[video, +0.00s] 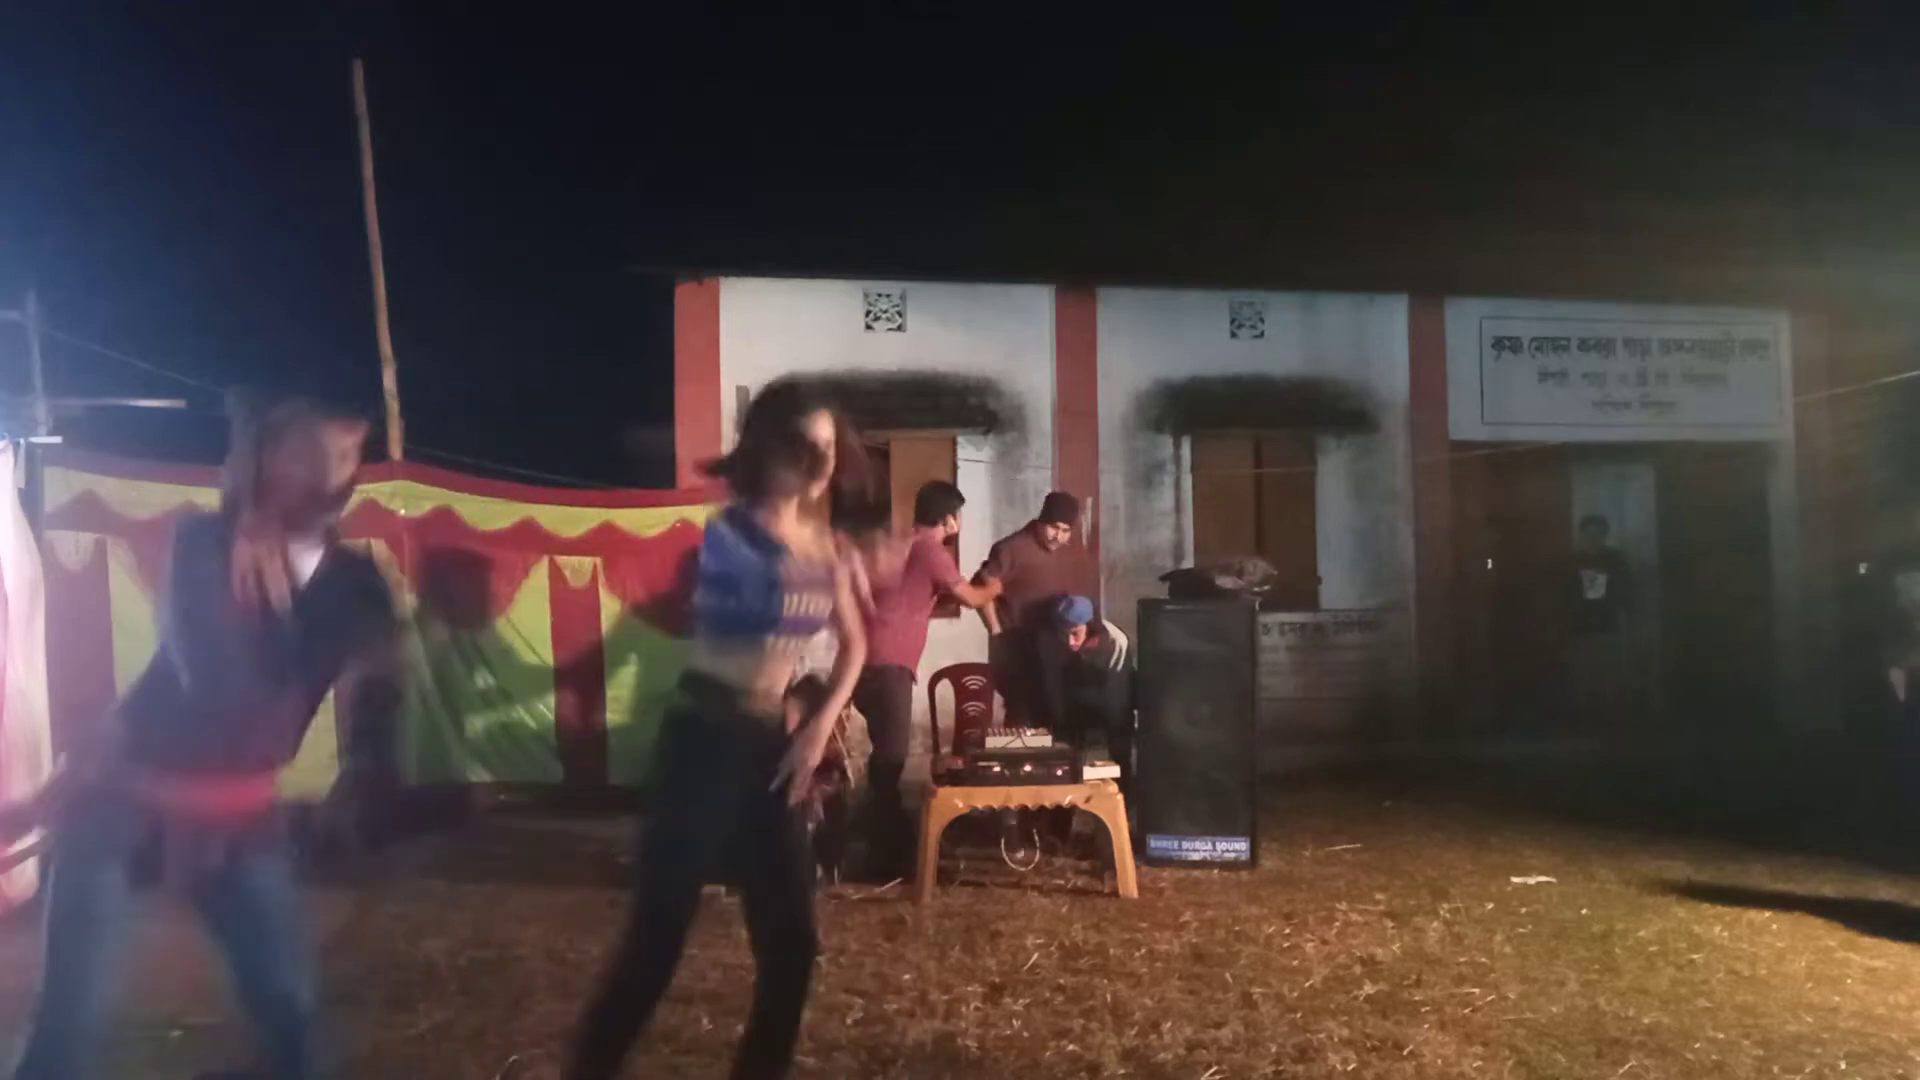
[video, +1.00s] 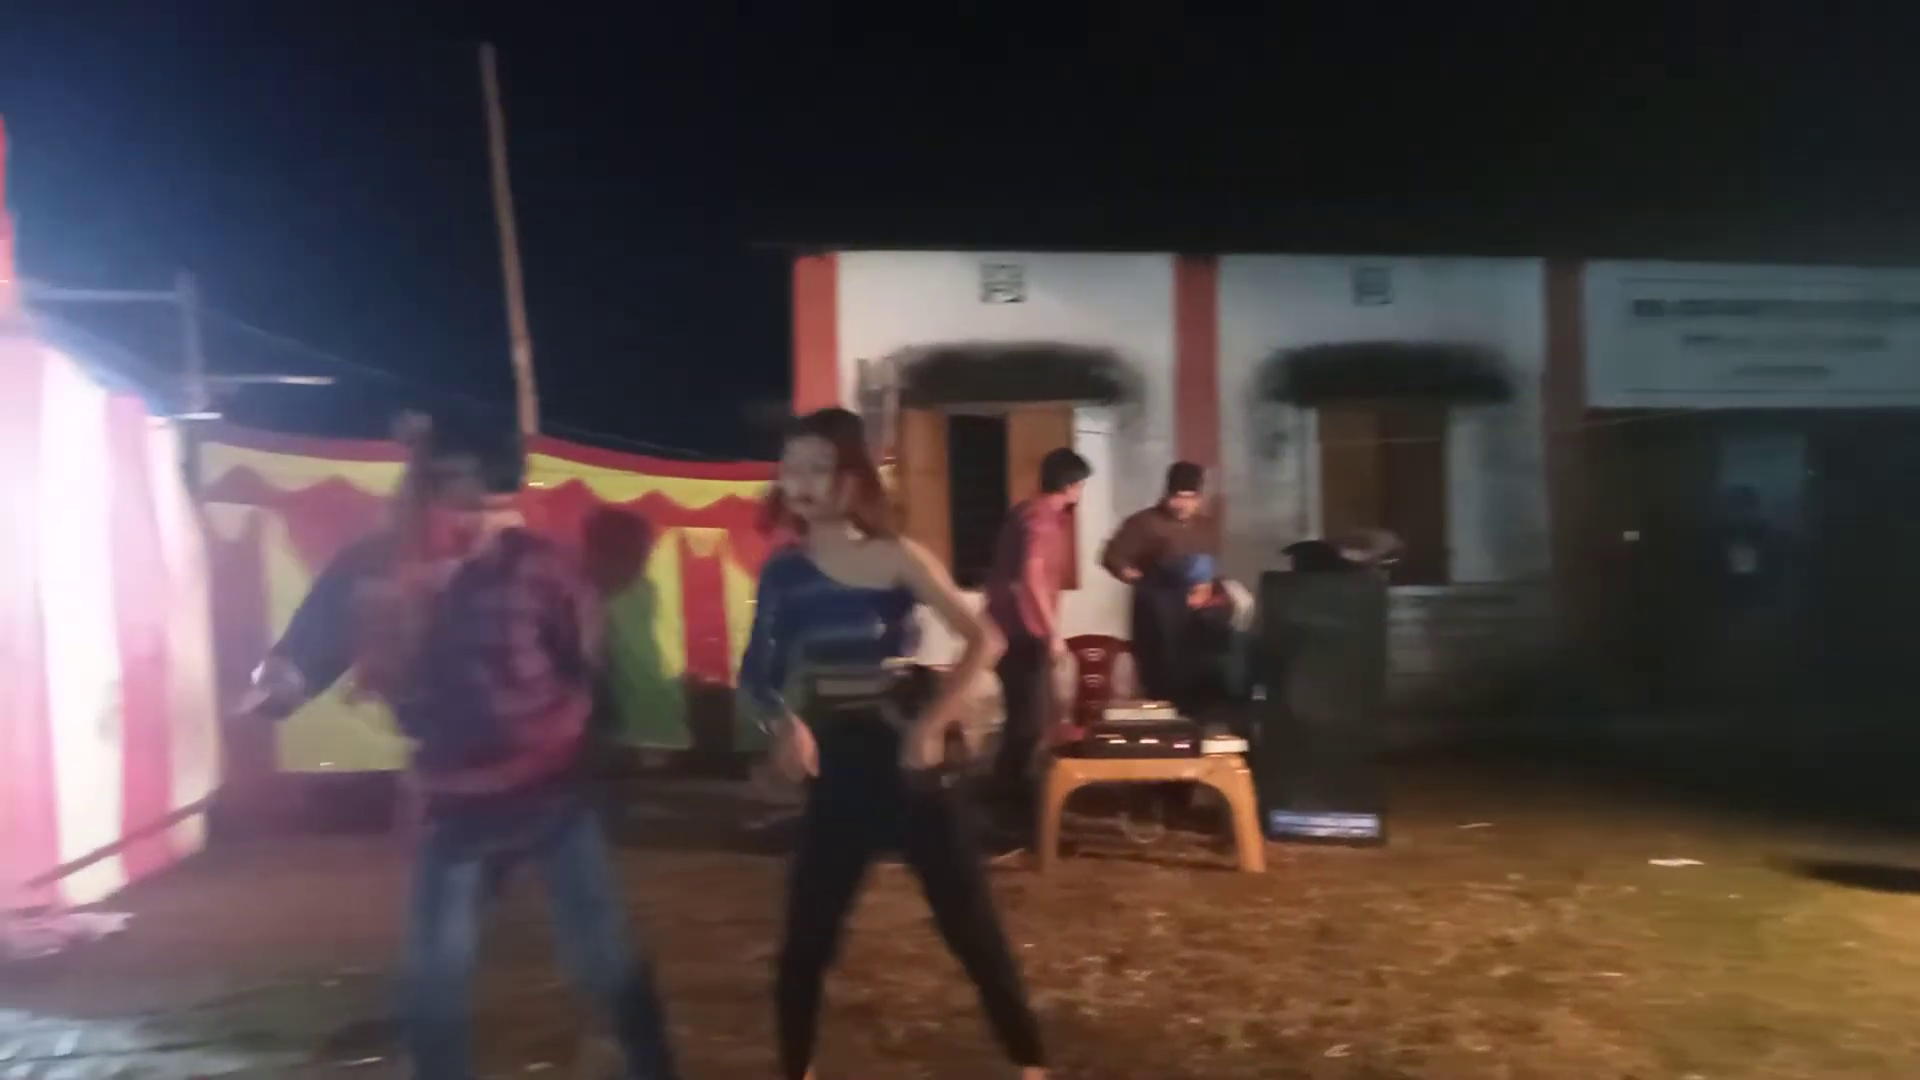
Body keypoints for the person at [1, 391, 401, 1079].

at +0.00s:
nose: (312, 479)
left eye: (331, 462)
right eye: (299, 457)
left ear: (346, 478)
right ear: (259, 457)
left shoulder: (355, 585)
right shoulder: (199, 544)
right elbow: (214, 689)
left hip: (238, 821)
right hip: (122, 807)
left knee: (293, 1017)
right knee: (75, 1022)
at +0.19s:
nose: (316, 498)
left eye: (327, 481)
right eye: (296, 479)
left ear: (338, 491)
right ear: (250, 483)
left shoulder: (334, 590)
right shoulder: (210, 569)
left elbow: (354, 722)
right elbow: (260, 669)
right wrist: (353, 680)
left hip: (200, 829)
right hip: (90, 818)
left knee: (277, 1018)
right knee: (57, 1021)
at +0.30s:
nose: (322, 475)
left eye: (333, 459)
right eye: (303, 456)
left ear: (345, 472)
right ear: (256, 463)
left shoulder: (349, 558)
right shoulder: (207, 543)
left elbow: (391, 644)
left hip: (213, 801)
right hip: (98, 793)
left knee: (306, 982)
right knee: (56, 999)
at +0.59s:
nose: (346, 485)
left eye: (358, 467)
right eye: (328, 466)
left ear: (375, 472)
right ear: (289, 472)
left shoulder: (401, 561)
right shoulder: (221, 573)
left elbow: (419, 683)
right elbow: (181, 684)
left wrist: (410, 770)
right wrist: (193, 752)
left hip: (368, 806)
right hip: (249, 811)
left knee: (408, 987)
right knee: (192, 990)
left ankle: (413, 1071)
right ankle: (133, 1071)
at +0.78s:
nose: (418, 462)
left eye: (433, 445)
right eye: (404, 440)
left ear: (447, 443)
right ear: (363, 424)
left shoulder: (458, 497)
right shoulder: (284, 504)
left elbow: (526, 585)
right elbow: (189, 615)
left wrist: (562, 553)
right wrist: (170, 514)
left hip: (454, 740)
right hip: (339, 749)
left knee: (484, 920)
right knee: (318, 939)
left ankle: (520, 1063)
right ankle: (314, 1068)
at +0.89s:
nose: (425, 485)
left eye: (439, 468)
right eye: (411, 469)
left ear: (464, 467)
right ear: (385, 466)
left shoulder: (492, 529)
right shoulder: (337, 532)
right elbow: (250, 622)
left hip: (483, 762)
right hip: (379, 773)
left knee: (519, 935)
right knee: (374, 959)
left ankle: (582, 1058)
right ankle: (390, 1066)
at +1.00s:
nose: (458, 519)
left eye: (473, 501)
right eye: (444, 499)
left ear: (499, 501)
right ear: (420, 498)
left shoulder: (541, 569)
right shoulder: (388, 575)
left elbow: (587, 666)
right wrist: (273, 683)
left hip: (553, 791)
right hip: (455, 806)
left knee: (605, 961)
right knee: (437, 977)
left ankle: (652, 1065)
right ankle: (438, 1068)